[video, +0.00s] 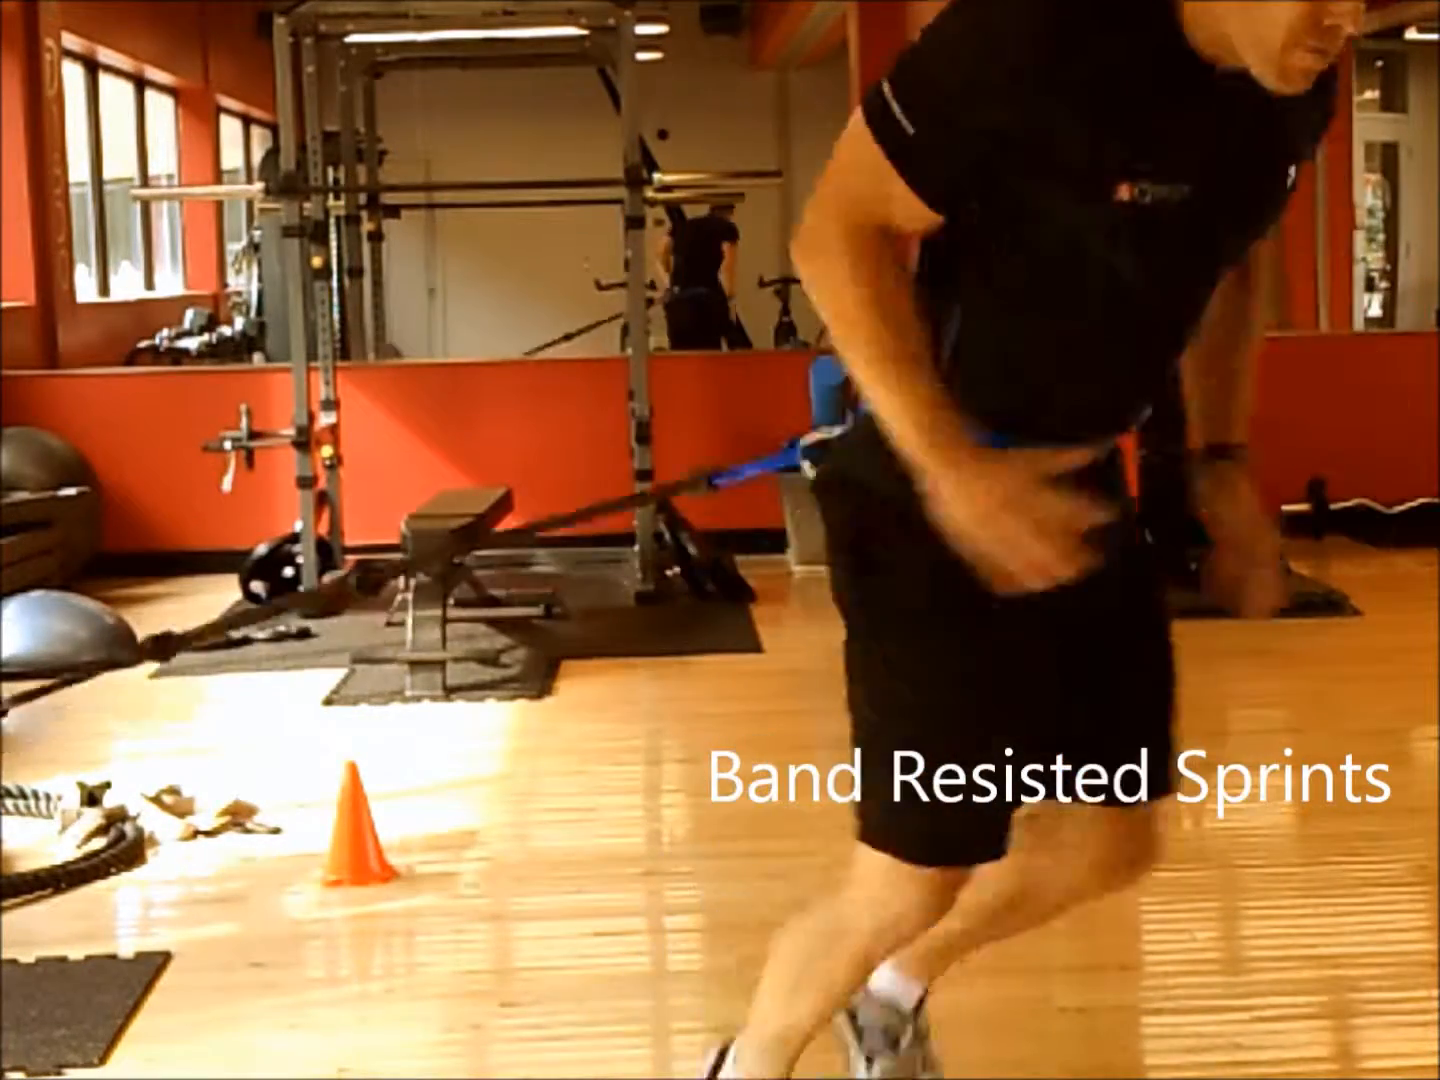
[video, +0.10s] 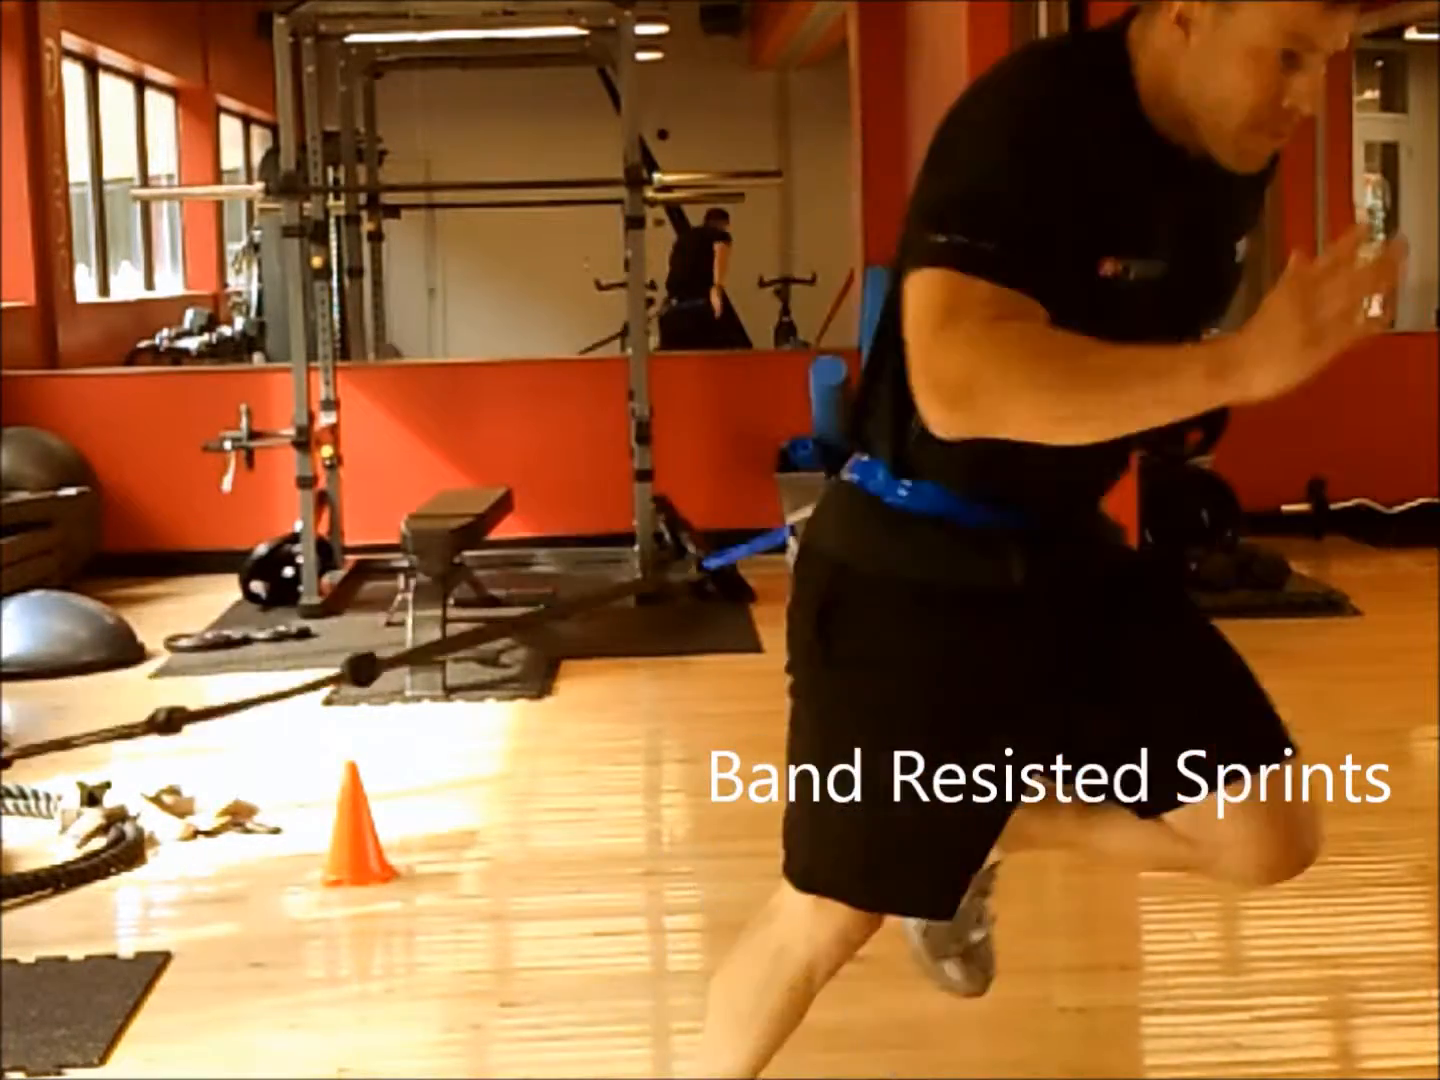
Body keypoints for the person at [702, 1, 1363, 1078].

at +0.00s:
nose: (1341, 26)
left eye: (1362, 5)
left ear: (1375, 9)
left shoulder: (1304, 85)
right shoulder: (1028, 36)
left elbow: (1229, 262)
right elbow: (836, 232)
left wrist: (1220, 461)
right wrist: (951, 465)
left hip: (1089, 469)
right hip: (918, 468)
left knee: (1106, 839)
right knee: (919, 871)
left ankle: (887, 989)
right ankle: (744, 1068)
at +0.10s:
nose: (1311, 99)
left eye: (1326, 64)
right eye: (1289, 56)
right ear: (1179, 21)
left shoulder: (1231, 157)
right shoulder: (1022, 114)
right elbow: (960, 381)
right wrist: (1237, 361)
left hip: (1065, 549)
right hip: (902, 554)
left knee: (1264, 837)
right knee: (838, 904)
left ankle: (980, 812)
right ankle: (702, 1072)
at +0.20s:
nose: (1346, 100)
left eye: (1365, 70)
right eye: (1331, 54)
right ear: (1225, 8)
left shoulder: (1256, 148)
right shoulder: (1041, 95)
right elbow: (923, 343)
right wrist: (1196, 370)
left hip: (1070, 512)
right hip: (908, 513)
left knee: (1264, 801)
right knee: (840, 851)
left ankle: (971, 873)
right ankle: (708, 1067)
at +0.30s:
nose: (1402, 29)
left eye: (1416, 8)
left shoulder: (1328, 107)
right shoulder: (1069, 40)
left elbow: (1218, 274)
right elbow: (866, 238)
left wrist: (1203, 459)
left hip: (1102, 455)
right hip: (933, 445)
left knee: (1101, 836)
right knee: (944, 864)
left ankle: (907, 1026)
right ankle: (716, 1037)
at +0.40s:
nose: (1376, 112)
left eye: (1395, 80)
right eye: (1353, 70)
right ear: (1246, 29)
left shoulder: (1319, 192)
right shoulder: (1039, 112)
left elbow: (1335, 380)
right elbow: (797, 198)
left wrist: (1403, 491)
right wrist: (706, 417)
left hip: (1075, 530)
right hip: (935, 515)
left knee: (980, 844)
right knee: (1098, 866)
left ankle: (838, 1053)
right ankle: (782, 871)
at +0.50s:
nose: (1387, 115)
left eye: (1404, 84)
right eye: (1368, 74)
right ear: (1262, 28)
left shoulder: (1341, 176)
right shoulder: (1049, 103)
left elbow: (1336, 359)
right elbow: (804, 183)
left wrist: (1423, 434)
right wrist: (713, 411)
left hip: (1077, 524)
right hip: (938, 504)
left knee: (966, 840)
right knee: (1104, 840)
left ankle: (845, 1048)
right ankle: (832, 915)